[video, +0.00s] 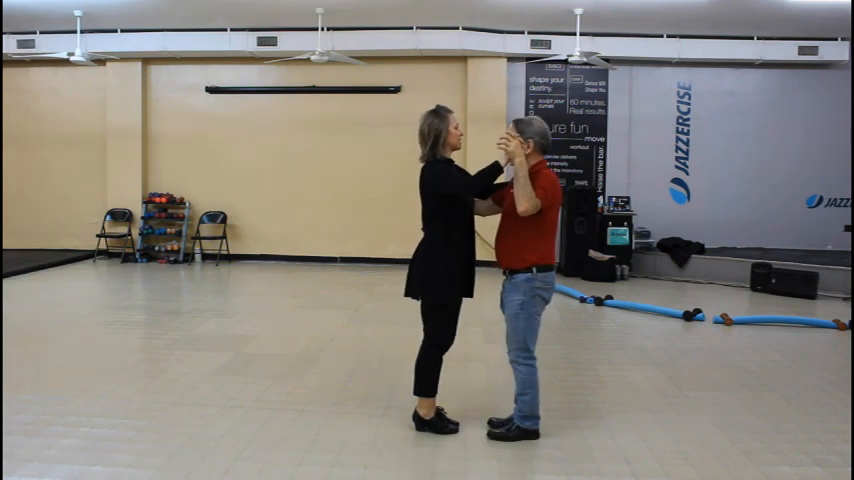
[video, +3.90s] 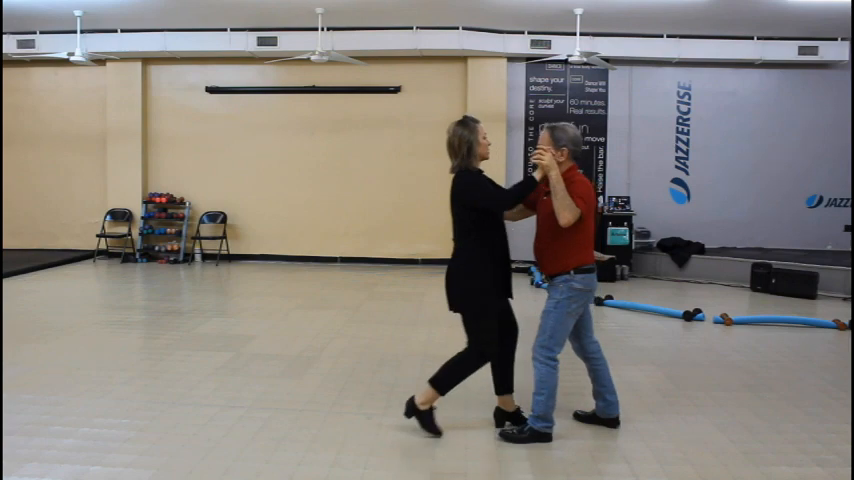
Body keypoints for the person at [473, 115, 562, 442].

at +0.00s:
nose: (506, 145)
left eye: (512, 140)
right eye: (507, 140)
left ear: (528, 145)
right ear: (528, 146)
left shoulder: (546, 179)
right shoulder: (520, 182)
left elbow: (526, 207)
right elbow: (483, 206)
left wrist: (518, 162)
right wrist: (451, 191)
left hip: (532, 277)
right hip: (517, 276)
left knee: (522, 354)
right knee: (518, 353)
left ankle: (527, 423)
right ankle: (522, 416)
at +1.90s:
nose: (487, 148)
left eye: (494, 143)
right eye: (489, 142)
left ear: (513, 149)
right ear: (509, 149)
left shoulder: (527, 181)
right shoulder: (505, 181)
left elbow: (506, 214)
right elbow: (465, 209)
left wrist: (491, 171)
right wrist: (431, 201)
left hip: (514, 278)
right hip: (504, 277)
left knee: (478, 347)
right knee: (510, 347)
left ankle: (484, 424)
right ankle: (525, 416)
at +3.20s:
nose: (510, 143)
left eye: (516, 139)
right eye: (511, 138)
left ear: (533, 146)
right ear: (530, 146)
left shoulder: (549, 180)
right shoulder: (527, 179)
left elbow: (524, 210)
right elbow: (488, 206)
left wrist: (514, 165)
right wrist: (452, 198)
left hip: (543, 278)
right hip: (531, 276)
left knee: (524, 353)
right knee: (531, 347)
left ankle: (527, 426)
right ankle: (557, 407)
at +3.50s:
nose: (533, 156)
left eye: (538, 152)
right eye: (534, 151)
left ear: (558, 156)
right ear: (556, 156)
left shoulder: (577, 186)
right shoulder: (547, 185)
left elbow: (560, 223)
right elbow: (514, 212)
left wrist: (547, 177)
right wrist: (481, 201)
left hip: (569, 283)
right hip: (565, 281)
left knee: (534, 351)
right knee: (582, 346)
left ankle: (528, 425)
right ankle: (607, 411)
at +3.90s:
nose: (536, 153)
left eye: (542, 148)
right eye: (537, 147)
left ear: (562, 153)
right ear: (558, 152)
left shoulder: (579, 183)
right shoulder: (547, 184)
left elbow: (567, 218)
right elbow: (516, 212)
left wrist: (553, 174)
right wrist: (483, 204)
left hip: (573, 279)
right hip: (567, 277)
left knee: (545, 351)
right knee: (587, 346)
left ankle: (540, 425)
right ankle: (608, 411)